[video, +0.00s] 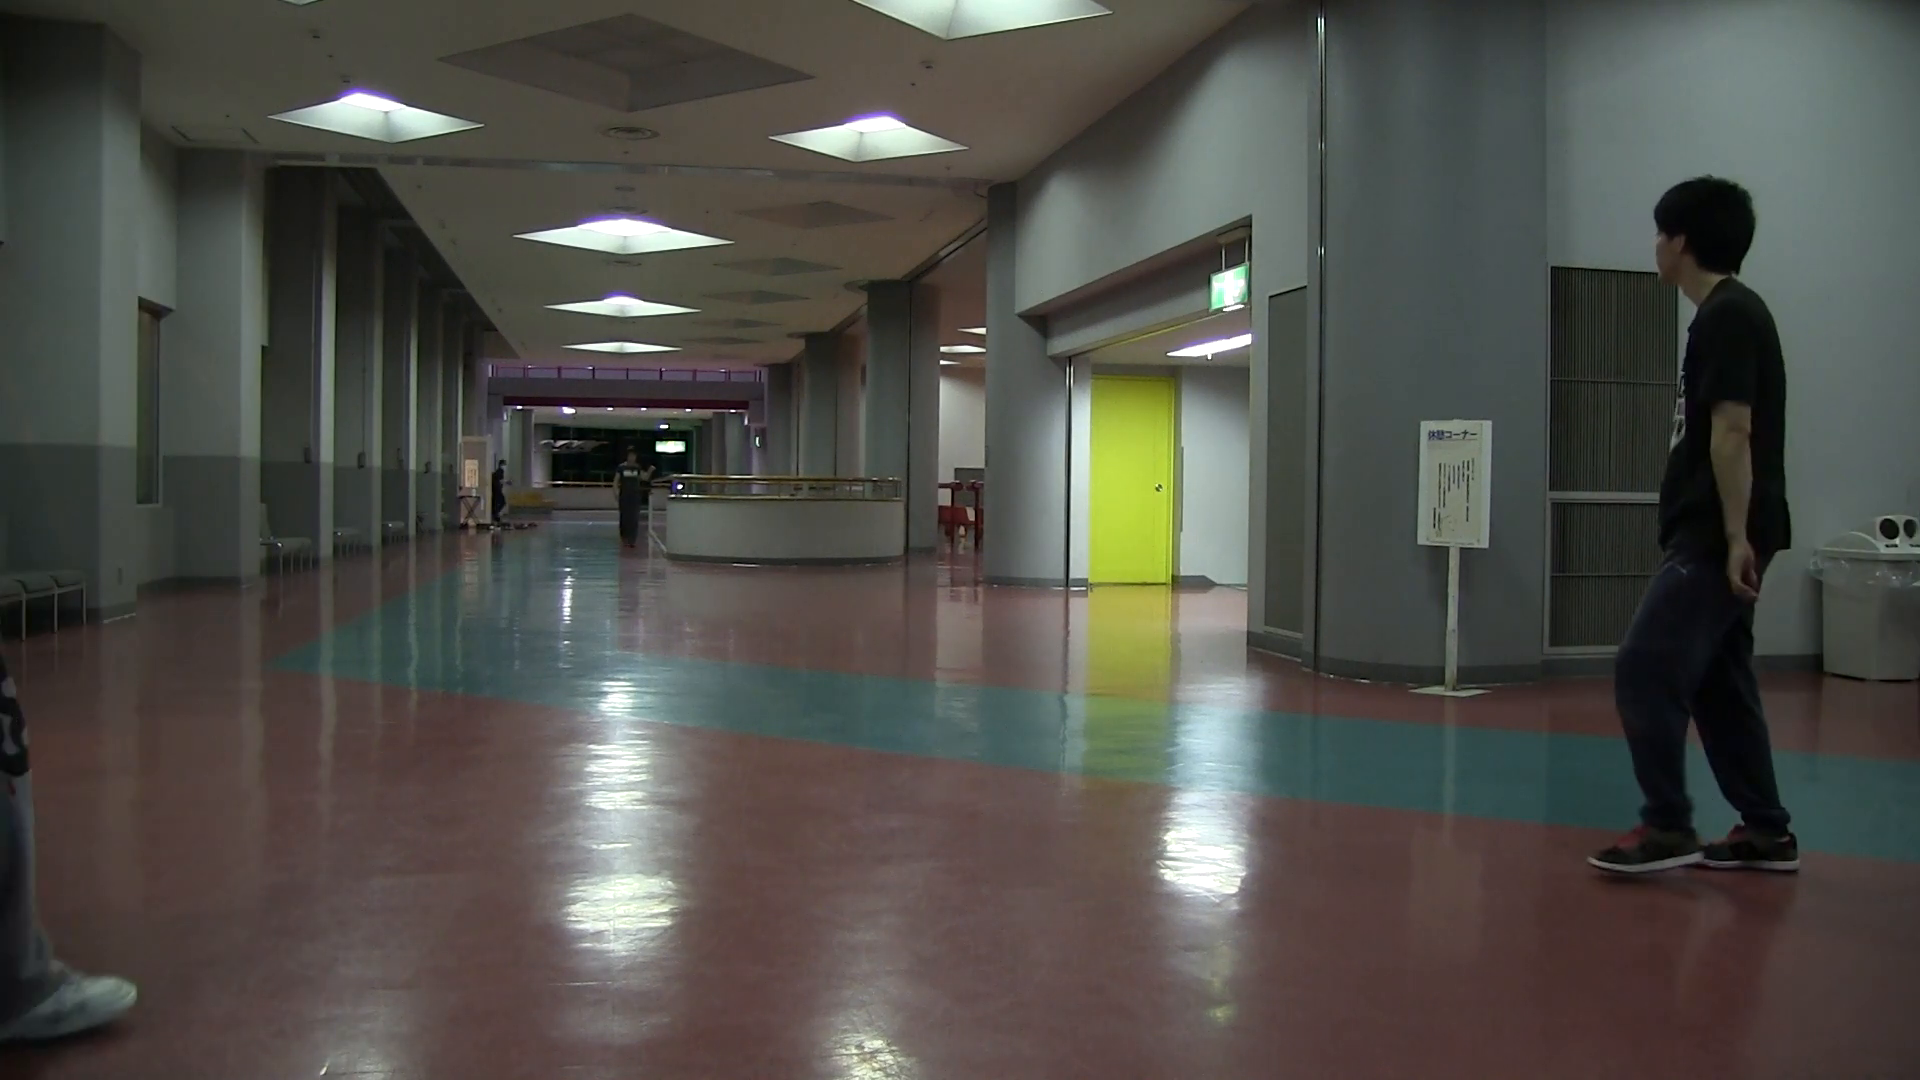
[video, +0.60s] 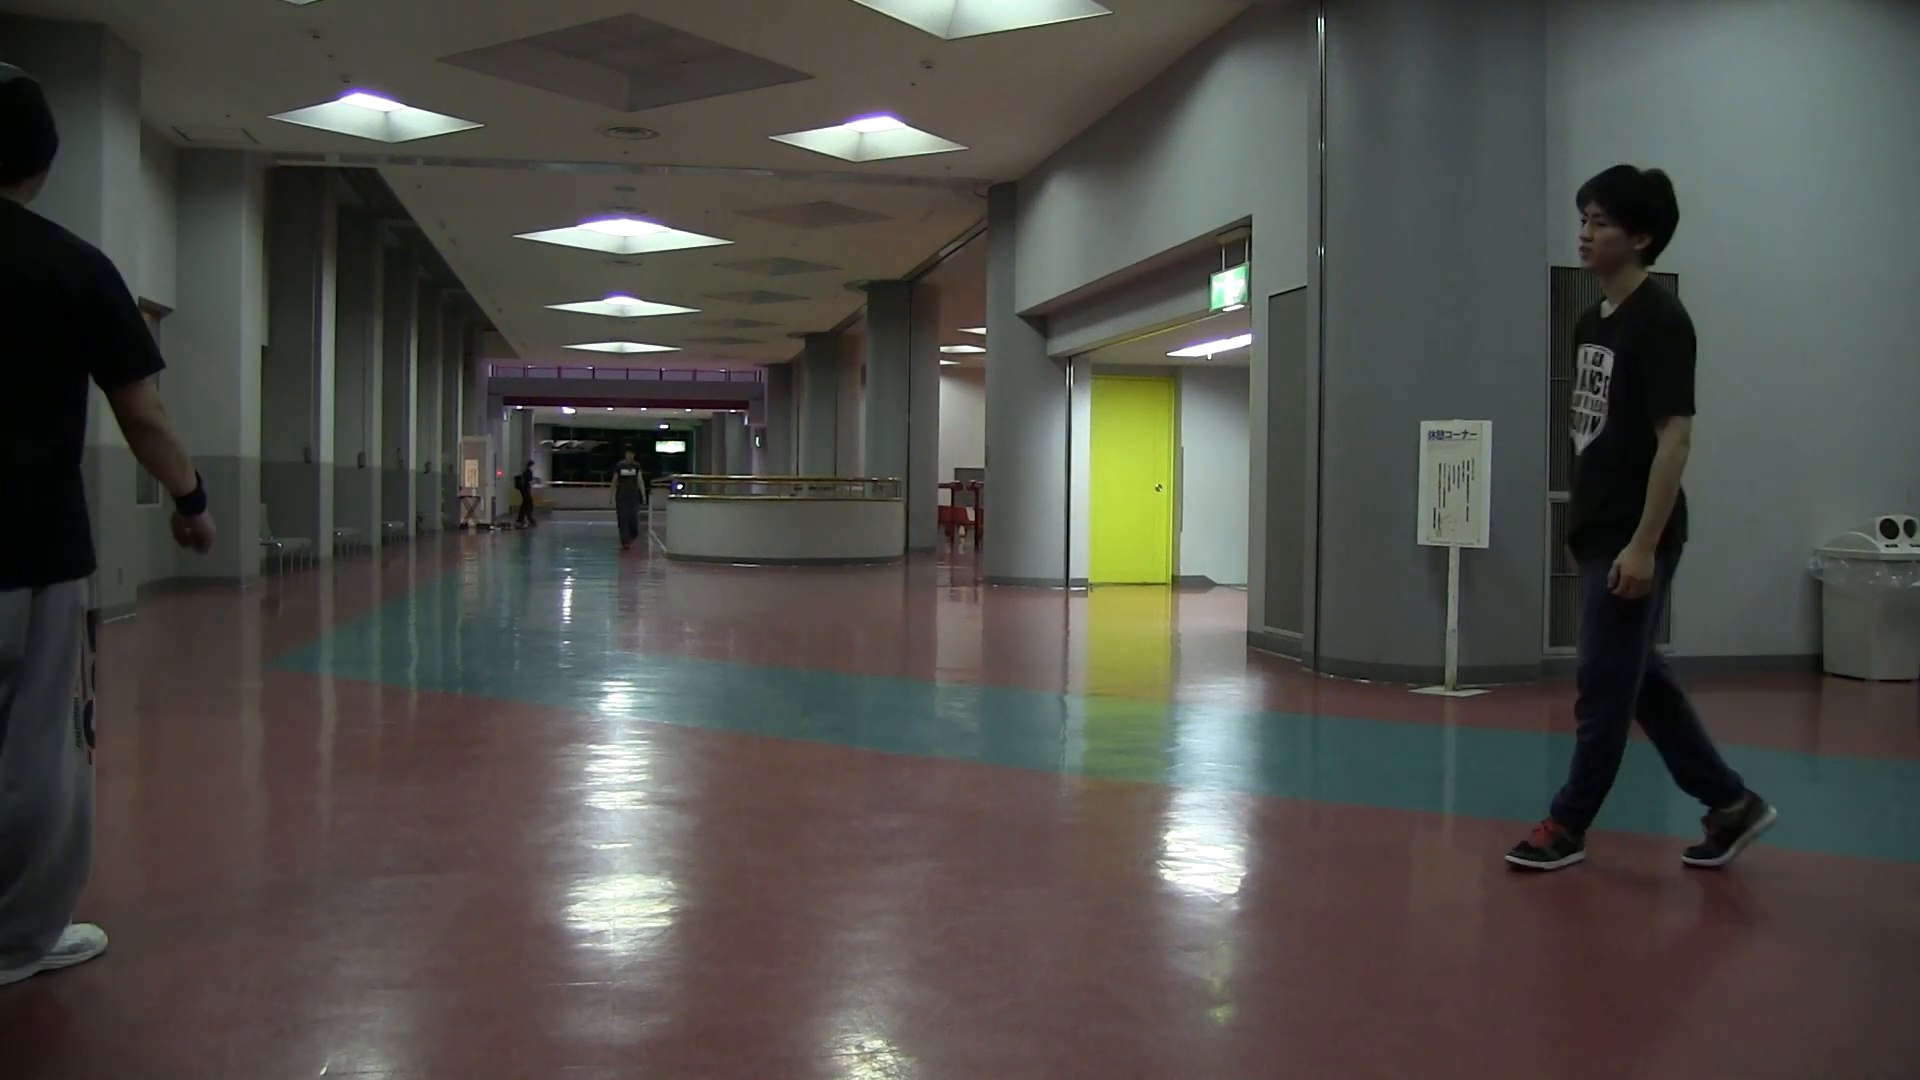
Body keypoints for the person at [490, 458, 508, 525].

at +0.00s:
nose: (504, 467)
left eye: (504, 465)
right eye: (504, 465)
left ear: (500, 464)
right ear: (502, 465)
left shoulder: (498, 471)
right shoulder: (500, 471)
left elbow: (499, 481)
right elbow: (499, 481)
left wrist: (506, 482)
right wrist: (506, 482)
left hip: (496, 489)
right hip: (497, 490)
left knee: (496, 503)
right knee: (502, 502)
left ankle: (495, 515)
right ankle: (495, 514)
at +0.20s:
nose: (514, 468)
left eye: (514, 466)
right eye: (513, 466)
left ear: (509, 466)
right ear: (510, 466)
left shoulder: (507, 472)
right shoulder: (508, 473)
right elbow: (506, 481)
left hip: (505, 492)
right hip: (507, 492)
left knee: (501, 506)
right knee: (511, 506)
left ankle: (497, 519)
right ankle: (515, 519)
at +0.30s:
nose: (518, 468)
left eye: (518, 467)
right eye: (517, 467)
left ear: (515, 467)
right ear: (515, 467)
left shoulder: (513, 473)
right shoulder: (514, 473)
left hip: (510, 493)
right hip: (512, 493)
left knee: (506, 507)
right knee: (516, 507)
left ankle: (498, 519)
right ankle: (519, 521)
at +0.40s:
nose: (523, 468)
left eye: (524, 467)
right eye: (522, 467)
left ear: (519, 467)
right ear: (520, 467)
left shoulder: (517, 473)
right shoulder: (518, 473)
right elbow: (518, 482)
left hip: (515, 491)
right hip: (517, 491)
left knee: (516, 505)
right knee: (520, 505)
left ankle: (507, 515)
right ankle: (520, 521)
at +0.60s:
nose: (532, 467)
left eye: (532, 466)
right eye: (531, 466)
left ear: (527, 465)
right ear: (530, 465)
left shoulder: (525, 472)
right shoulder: (528, 472)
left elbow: (528, 479)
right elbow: (529, 479)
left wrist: (535, 479)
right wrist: (535, 480)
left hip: (524, 490)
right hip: (526, 490)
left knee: (524, 504)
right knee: (529, 505)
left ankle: (520, 519)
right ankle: (531, 520)